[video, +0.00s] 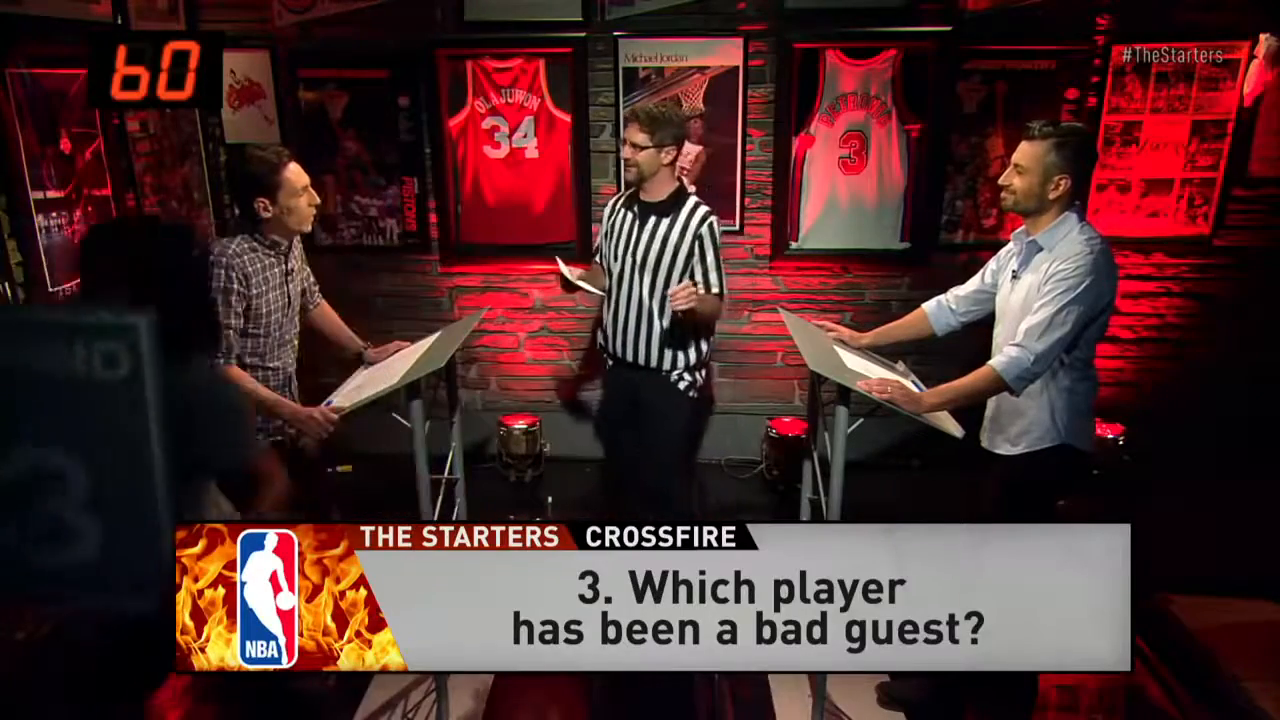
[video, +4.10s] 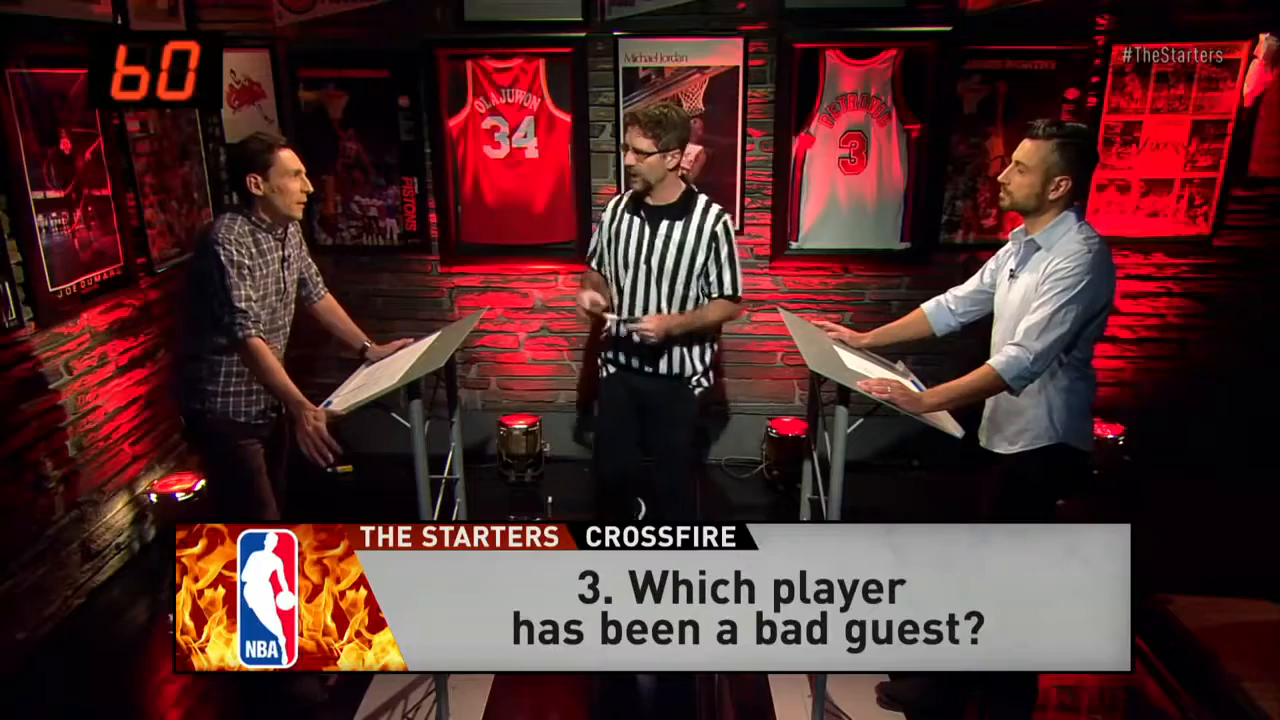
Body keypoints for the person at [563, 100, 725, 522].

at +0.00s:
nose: (625, 154)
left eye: (637, 146)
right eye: (625, 144)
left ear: (669, 154)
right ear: (623, 146)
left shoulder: (698, 220)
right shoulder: (617, 208)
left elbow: (713, 310)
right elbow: (607, 276)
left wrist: (696, 302)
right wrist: (582, 277)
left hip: (674, 383)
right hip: (620, 374)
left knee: (665, 492)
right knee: (619, 487)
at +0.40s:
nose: (617, 153)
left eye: (628, 144)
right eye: (614, 143)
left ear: (661, 148)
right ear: (617, 146)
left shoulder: (681, 215)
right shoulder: (615, 201)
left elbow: (682, 303)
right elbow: (615, 275)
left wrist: (640, 274)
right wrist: (577, 266)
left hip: (657, 375)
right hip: (613, 365)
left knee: (658, 488)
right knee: (619, 483)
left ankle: (676, 572)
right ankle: (631, 568)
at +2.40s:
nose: (627, 147)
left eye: (640, 140)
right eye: (627, 137)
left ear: (671, 152)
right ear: (624, 138)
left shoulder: (704, 216)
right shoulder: (613, 207)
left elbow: (712, 304)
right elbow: (601, 278)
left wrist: (670, 292)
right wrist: (581, 281)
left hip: (676, 383)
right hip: (618, 375)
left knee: (671, 491)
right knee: (610, 482)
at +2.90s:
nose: (695, 151)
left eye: (695, 142)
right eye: (684, 144)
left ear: (687, 149)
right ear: (648, 153)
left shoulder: (709, 212)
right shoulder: (611, 215)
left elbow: (727, 292)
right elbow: (579, 284)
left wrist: (733, 258)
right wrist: (602, 303)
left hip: (686, 379)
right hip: (626, 380)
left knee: (675, 492)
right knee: (623, 490)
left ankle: (671, 585)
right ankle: (616, 585)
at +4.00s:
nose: (628, 162)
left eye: (638, 154)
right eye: (627, 152)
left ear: (675, 158)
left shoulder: (717, 222)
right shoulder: (616, 211)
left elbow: (732, 303)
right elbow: (599, 275)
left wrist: (679, 321)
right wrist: (600, 300)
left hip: (682, 385)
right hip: (620, 380)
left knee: (675, 493)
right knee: (612, 487)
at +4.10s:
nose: (628, 161)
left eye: (640, 153)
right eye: (627, 150)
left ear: (675, 158)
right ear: (625, 149)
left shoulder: (712, 221)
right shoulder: (616, 211)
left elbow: (728, 305)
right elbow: (598, 279)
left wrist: (673, 324)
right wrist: (593, 297)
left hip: (681, 385)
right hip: (619, 379)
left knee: (675, 494)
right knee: (611, 489)